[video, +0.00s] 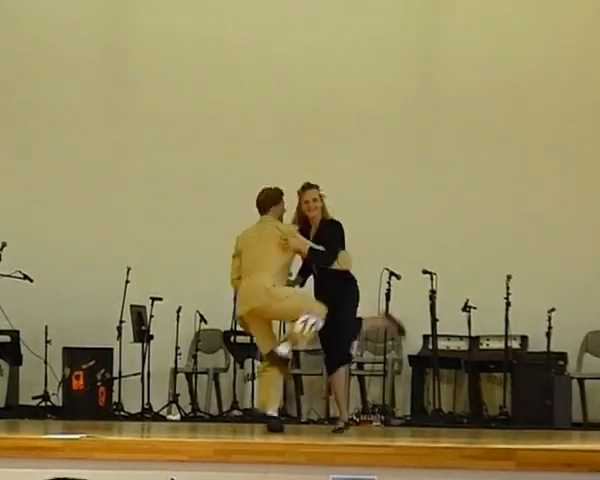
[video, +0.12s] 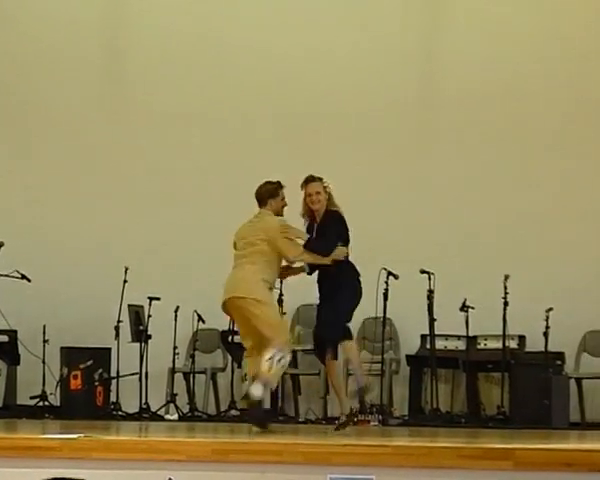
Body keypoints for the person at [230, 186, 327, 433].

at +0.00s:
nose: (285, 209)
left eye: (283, 205)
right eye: (283, 205)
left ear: (260, 209)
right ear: (277, 207)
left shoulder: (243, 236)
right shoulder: (283, 230)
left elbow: (235, 278)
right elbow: (312, 254)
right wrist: (337, 259)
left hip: (245, 299)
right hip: (270, 293)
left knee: (271, 357)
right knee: (317, 311)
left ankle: (271, 412)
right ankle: (285, 348)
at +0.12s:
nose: (285, 202)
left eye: (284, 198)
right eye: (282, 198)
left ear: (262, 202)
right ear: (272, 201)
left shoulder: (243, 229)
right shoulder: (273, 224)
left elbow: (264, 268)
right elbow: (296, 254)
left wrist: (303, 266)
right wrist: (330, 258)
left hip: (231, 294)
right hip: (253, 292)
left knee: (254, 346)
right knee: (281, 343)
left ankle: (253, 397)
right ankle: (259, 389)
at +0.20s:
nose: (282, 206)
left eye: (282, 201)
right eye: (279, 201)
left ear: (264, 203)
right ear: (265, 203)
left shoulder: (256, 225)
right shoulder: (261, 225)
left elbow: (267, 254)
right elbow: (267, 257)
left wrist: (295, 249)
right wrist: (301, 256)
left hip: (237, 299)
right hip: (243, 300)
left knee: (253, 354)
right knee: (255, 355)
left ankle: (242, 412)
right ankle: (245, 413)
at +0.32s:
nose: (269, 209)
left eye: (271, 205)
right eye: (265, 205)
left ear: (269, 206)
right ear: (251, 204)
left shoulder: (256, 234)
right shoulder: (244, 229)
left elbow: (257, 273)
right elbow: (240, 261)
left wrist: (276, 266)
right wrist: (271, 254)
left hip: (238, 300)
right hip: (226, 298)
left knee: (254, 346)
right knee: (253, 343)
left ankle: (244, 406)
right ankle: (237, 406)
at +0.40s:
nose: (254, 217)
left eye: (257, 212)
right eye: (250, 212)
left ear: (259, 214)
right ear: (238, 212)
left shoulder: (251, 245)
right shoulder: (232, 238)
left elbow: (259, 280)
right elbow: (229, 272)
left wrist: (282, 270)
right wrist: (258, 263)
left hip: (235, 311)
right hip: (218, 310)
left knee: (261, 347)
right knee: (251, 345)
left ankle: (245, 408)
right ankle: (227, 405)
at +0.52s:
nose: (234, 225)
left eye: (237, 220)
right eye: (229, 220)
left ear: (242, 222)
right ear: (221, 221)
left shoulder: (242, 252)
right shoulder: (212, 248)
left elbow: (255, 283)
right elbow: (221, 278)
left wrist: (286, 283)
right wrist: (248, 285)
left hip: (231, 321)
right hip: (209, 320)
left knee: (256, 359)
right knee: (235, 359)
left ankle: (242, 414)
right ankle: (219, 414)